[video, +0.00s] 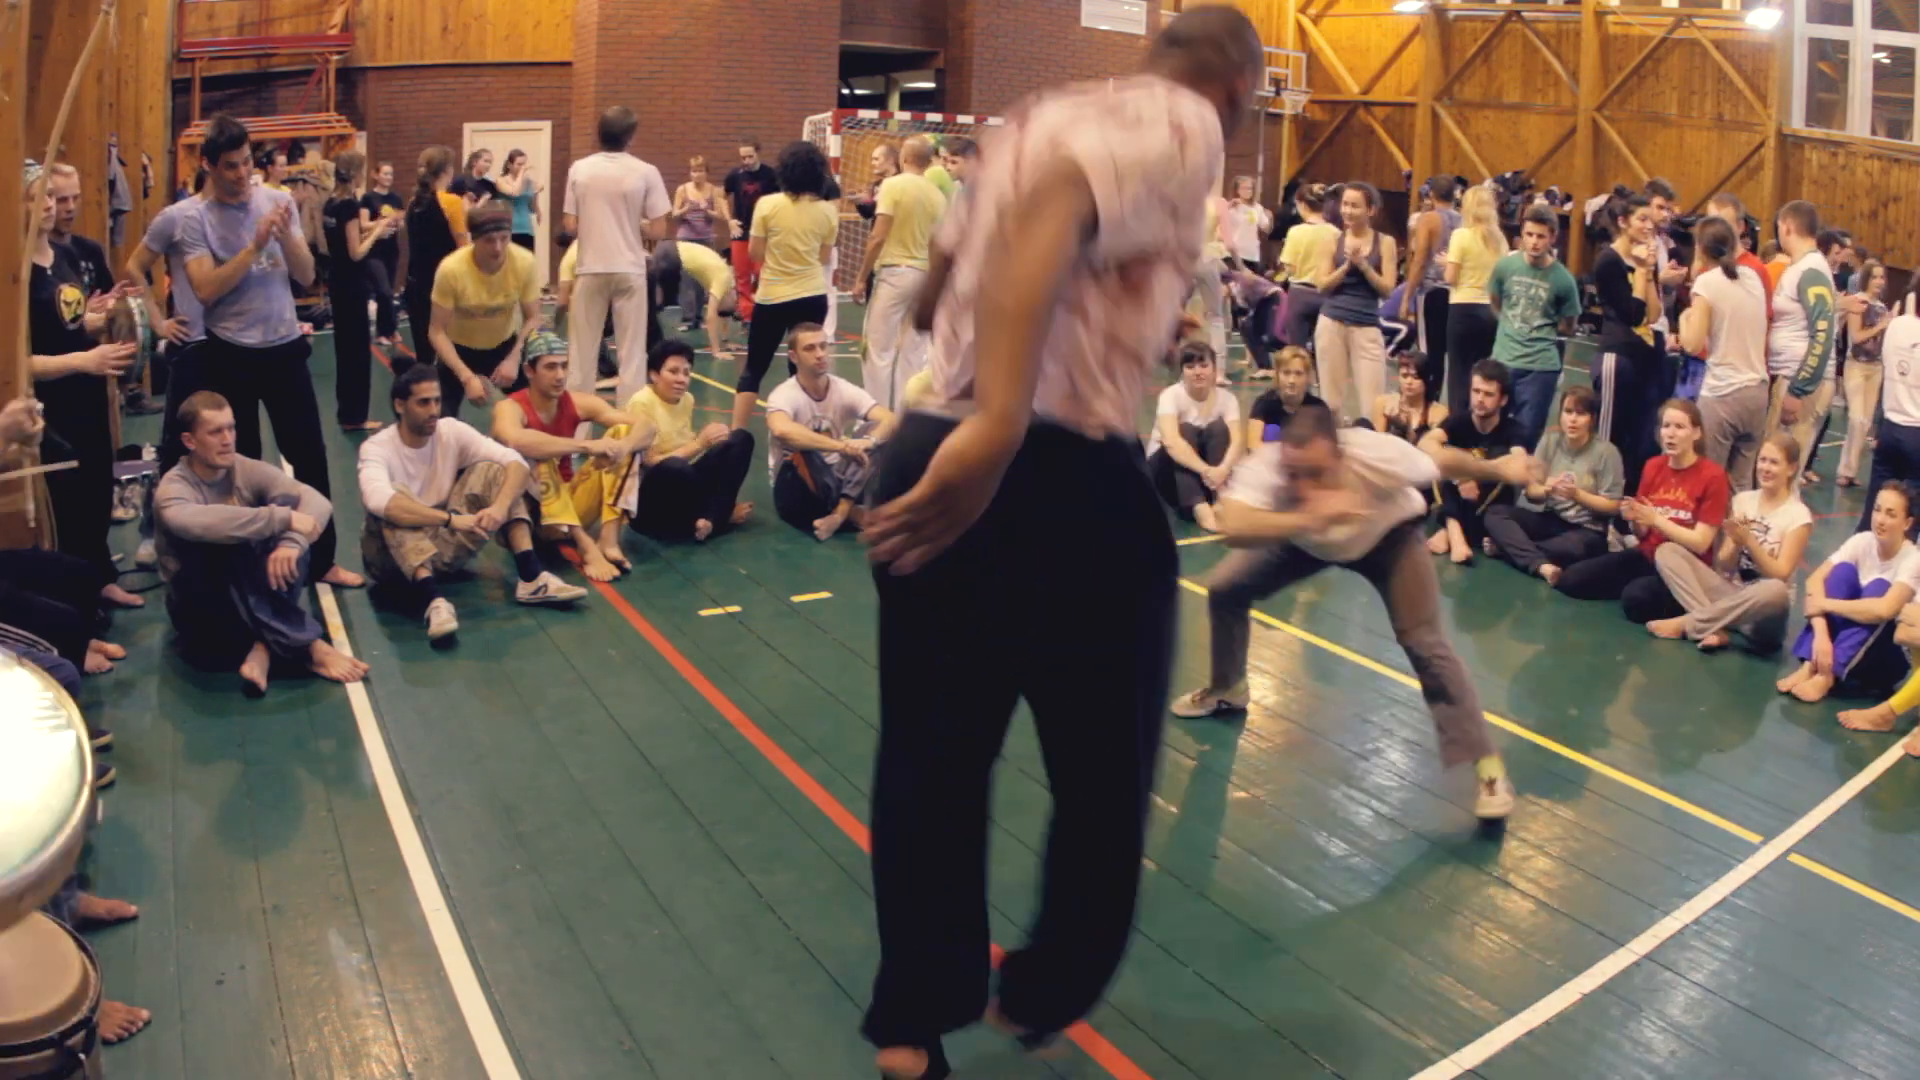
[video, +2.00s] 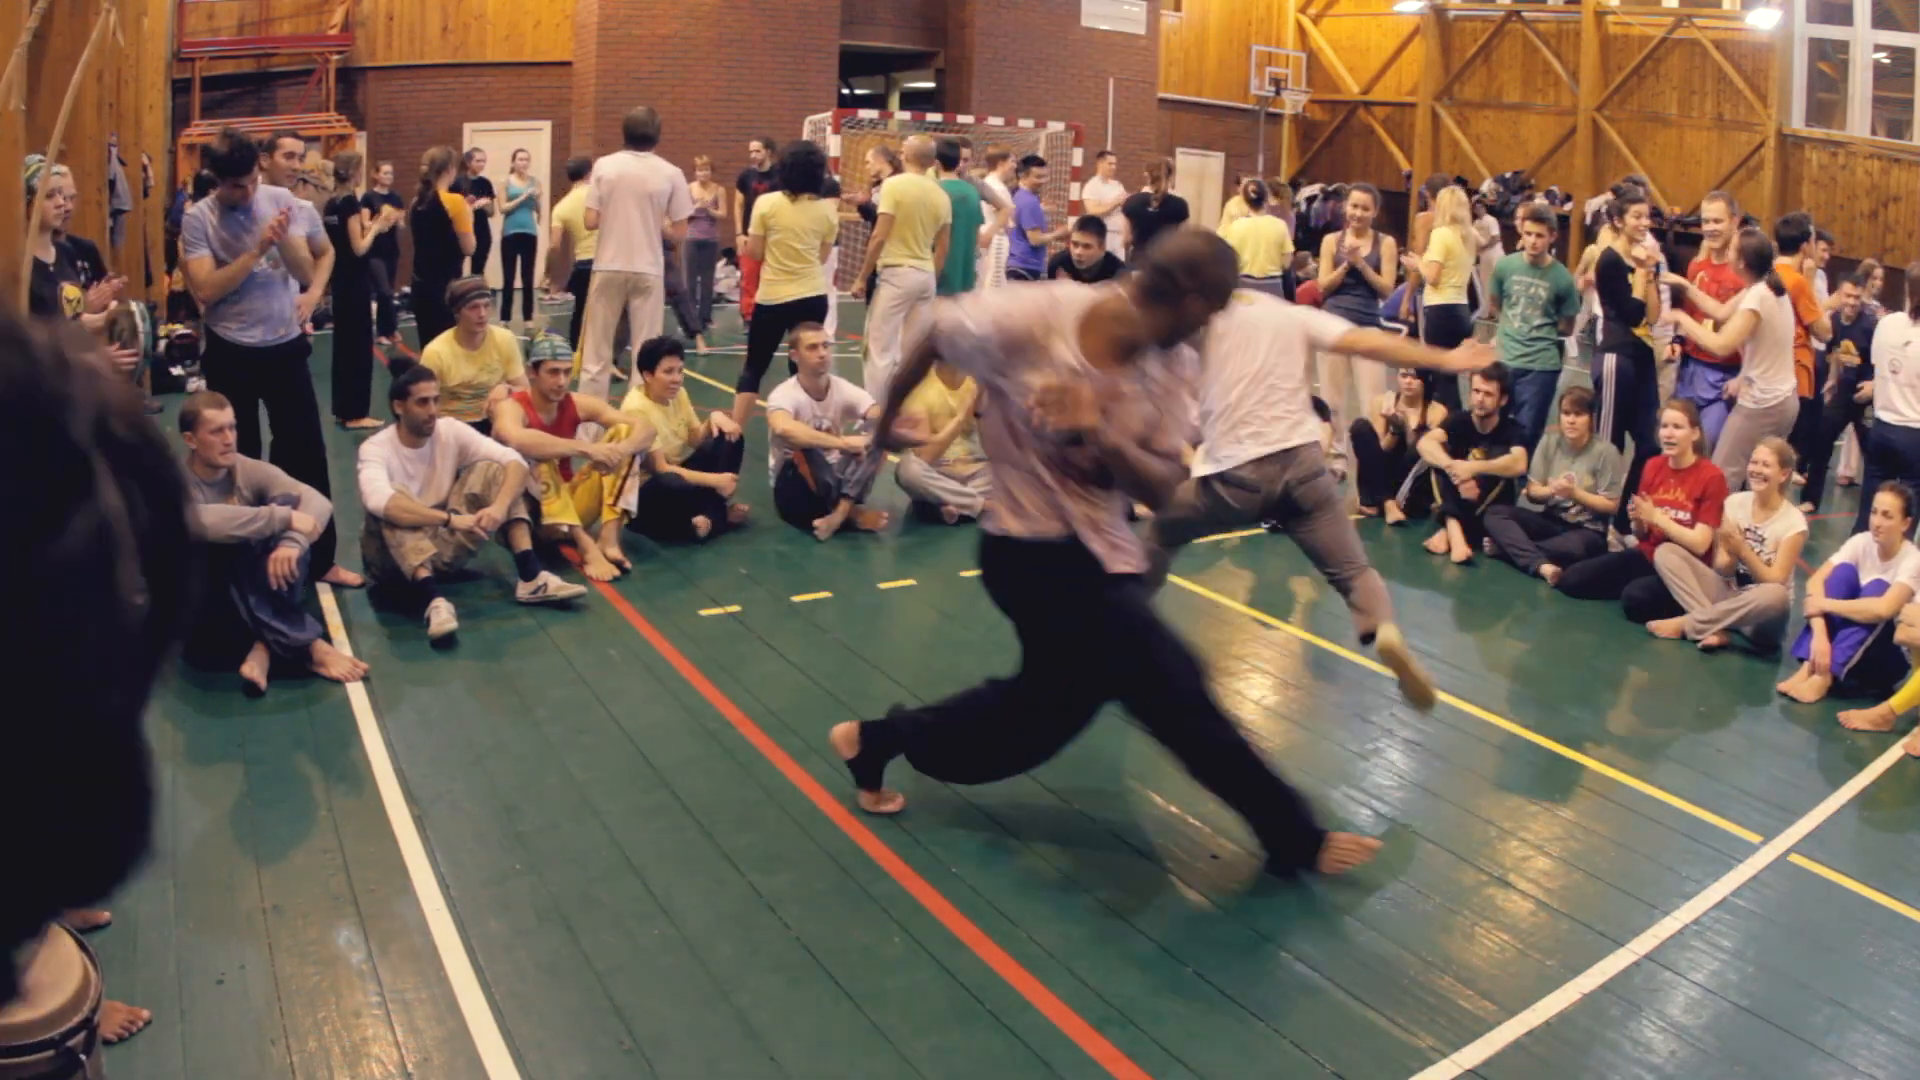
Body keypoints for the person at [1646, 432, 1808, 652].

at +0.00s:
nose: (1765, 468)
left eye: (1774, 462)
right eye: (1762, 460)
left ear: (1792, 469)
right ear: (1756, 463)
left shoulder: (1799, 515)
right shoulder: (1742, 500)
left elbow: (1781, 573)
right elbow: (1722, 565)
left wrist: (1747, 540)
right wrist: (1736, 541)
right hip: (1727, 590)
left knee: (1775, 590)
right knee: (1667, 552)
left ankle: (1685, 624)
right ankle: (1712, 629)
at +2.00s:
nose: (1756, 470)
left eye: (1766, 465)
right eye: (1753, 462)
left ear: (1784, 475)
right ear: (1747, 465)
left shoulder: (1794, 521)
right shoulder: (1734, 502)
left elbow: (1776, 579)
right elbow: (1720, 567)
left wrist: (1741, 550)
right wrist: (1732, 553)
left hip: (1760, 605)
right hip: (1725, 593)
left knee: (1775, 594)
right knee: (1666, 552)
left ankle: (1685, 625)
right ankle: (1712, 629)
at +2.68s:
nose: (1754, 471)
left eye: (1764, 467)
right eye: (1752, 463)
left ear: (1783, 477)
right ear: (1748, 464)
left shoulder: (1791, 521)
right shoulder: (1733, 501)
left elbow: (1774, 579)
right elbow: (1719, 567)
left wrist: (1738, 550)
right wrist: (1728, 551)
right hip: (1727, 594)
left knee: (1775, 594)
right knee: (1666, 552)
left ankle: (1685, 625)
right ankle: (1712, 629)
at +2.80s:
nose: (1754, 472)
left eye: (1764, 467)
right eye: (1752, 463)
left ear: (1783, 476)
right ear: (1747, 465)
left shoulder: (1792, 521)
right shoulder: (1734, 501)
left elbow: (1775, 579)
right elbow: (1719, 567)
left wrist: (1741, 549)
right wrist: (1728, 549)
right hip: (1727, 595)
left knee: (1775, 594)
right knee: (1666, 552)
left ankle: (1685, 624)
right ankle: (1712, 629)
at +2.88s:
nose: (1754, 472)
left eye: (1763, 467)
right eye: (1752, 464)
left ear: (1783, 475)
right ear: (1746, 465)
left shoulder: (1792, 520)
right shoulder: (1734, 501)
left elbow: (1775, 579)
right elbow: (1720, 568)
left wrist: (1741, 548)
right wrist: (1726, 547)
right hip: (1727, 594)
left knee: (1775, 594)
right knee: (1665, 552)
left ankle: (1684, 625)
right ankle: (1712, 629)